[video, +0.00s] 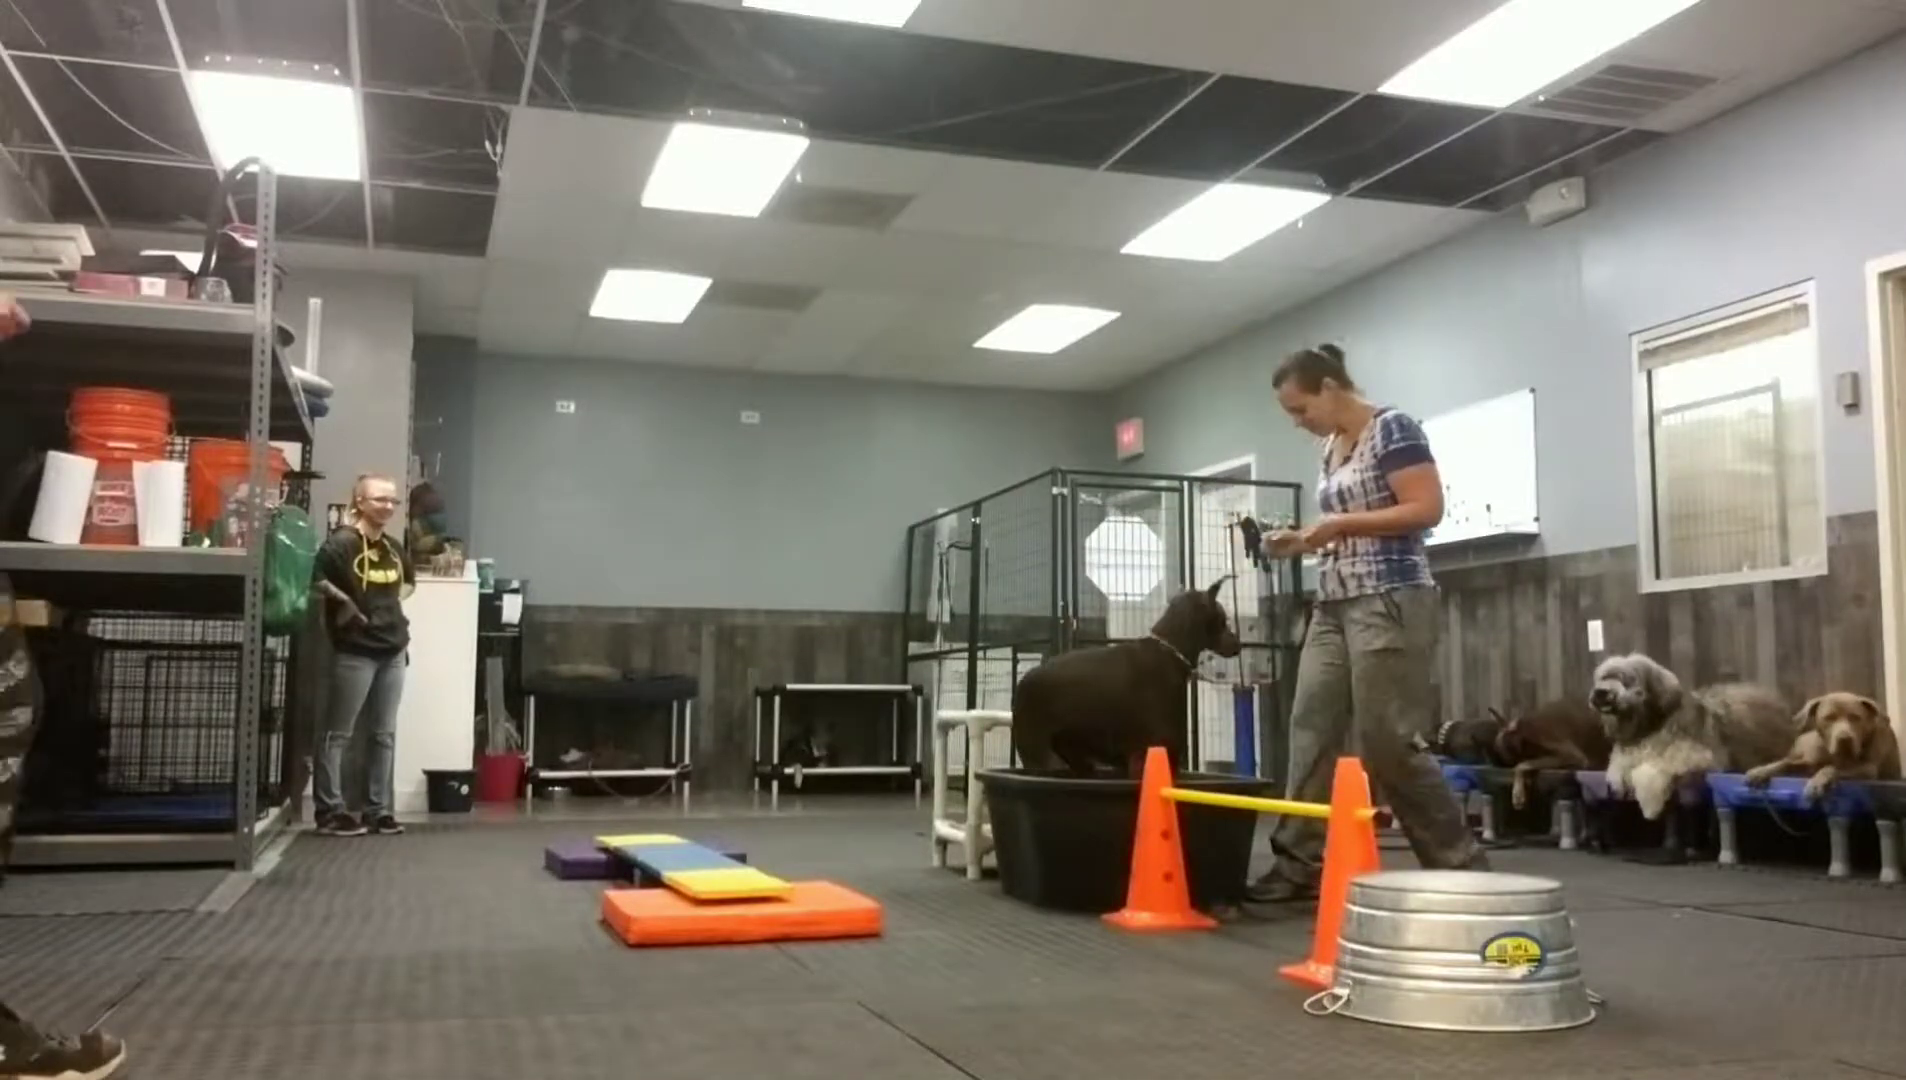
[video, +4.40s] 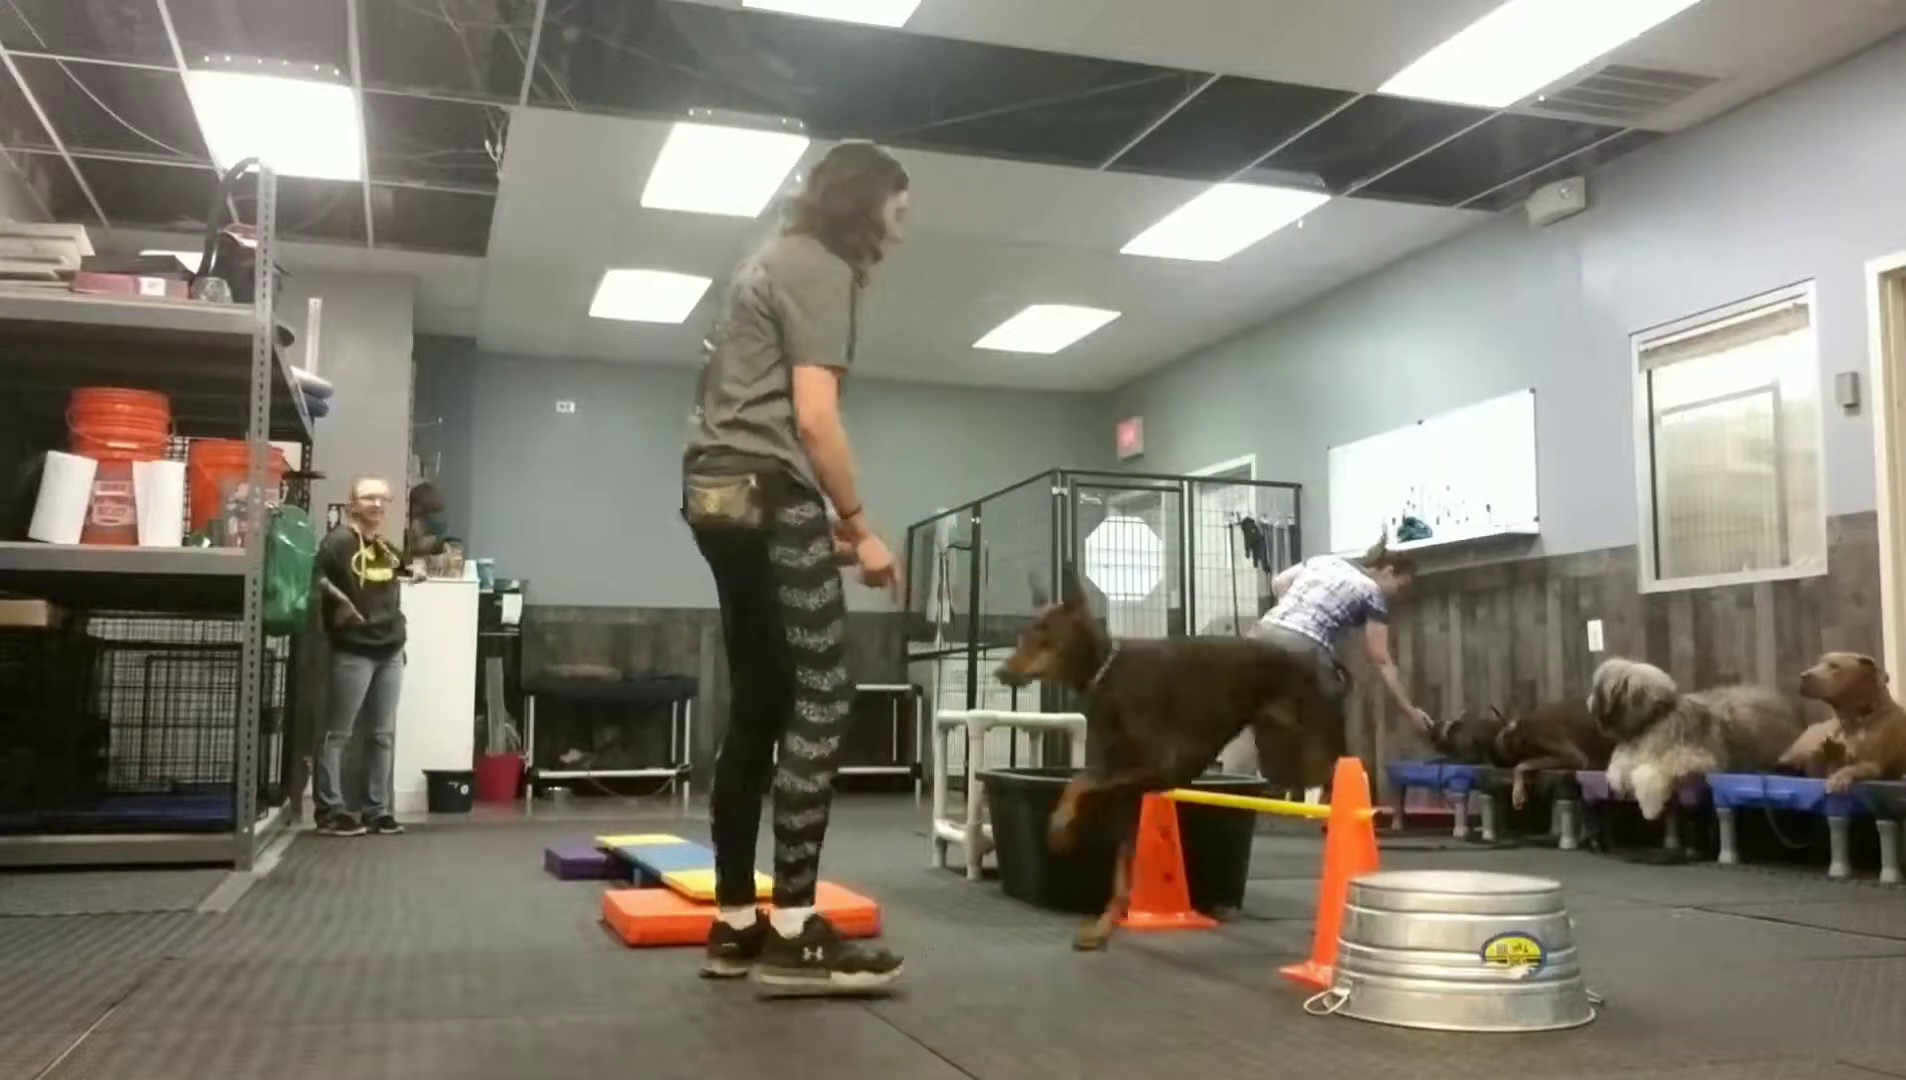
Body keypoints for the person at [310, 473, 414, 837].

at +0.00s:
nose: (389, 506)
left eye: (393, 501)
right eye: (381, 500)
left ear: (395, 505)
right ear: (360, 502)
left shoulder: (391, 545)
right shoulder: (340, 544)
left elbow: (408, 581)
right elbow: (315, 582)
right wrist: (346, 605)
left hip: (392, 649)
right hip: (355, 649)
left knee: (383, 735)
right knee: (338, 734)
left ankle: (378, 811)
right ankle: (330, 811)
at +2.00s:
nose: (388, 507)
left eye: (392, 500)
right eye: (380, 500)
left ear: (393, 505)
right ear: (358, 502)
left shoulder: (391, 546)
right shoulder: (339, 546)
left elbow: (407, 582)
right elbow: (316, 588)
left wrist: (391, 619)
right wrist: (347, 611)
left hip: (392, 649)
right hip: (355, 650)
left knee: (384, 735)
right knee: (339, 734)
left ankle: (378, 811)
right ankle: (330, 811)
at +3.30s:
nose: (385, 503)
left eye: (388, 497)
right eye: (376, 496)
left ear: (393, 503)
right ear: (356, 503)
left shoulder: (392, 548)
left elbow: (403, 595)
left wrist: (390, 622)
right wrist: (373, 627)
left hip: (389, 652)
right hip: (352, 651)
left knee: (382, 735)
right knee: (338, 733)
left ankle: (376, 808)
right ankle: (330, 809)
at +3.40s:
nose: (382, 505)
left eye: (385, 500)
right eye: (374, 499)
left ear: (388, 505)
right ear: (356, 503)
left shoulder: (386, 549)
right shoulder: (340, 541)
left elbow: (413, 582)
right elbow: (322, 580)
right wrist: (345, 604)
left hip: (389, 649)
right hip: (354, 648)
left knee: (382, 734)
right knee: (339, 733)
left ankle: (377, 809)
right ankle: (330, 810)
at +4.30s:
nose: (378, 512)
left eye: (384, 506)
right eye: (371, 505)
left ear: (389, 509)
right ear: (352, 507)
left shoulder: (388, 550)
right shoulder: (337, 543)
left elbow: (425, 563)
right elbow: (317, 579)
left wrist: (407, 538)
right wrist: (340, 600)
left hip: (390, 649)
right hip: (354, 648)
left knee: (383, 734)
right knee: (340, 734)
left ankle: (377, 810)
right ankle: (330, 810)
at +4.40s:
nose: (377, 505)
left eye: (382, 500)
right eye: (369, 499)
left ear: (389, 506)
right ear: (353, 504)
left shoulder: (387, 550)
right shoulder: (337, 545)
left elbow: (391, 597)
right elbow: (320, 591)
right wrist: (348, 618)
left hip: (390, 649)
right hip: (353, 649)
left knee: (382, 735)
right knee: (338, 734)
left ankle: (377, 811)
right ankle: (329, 810)